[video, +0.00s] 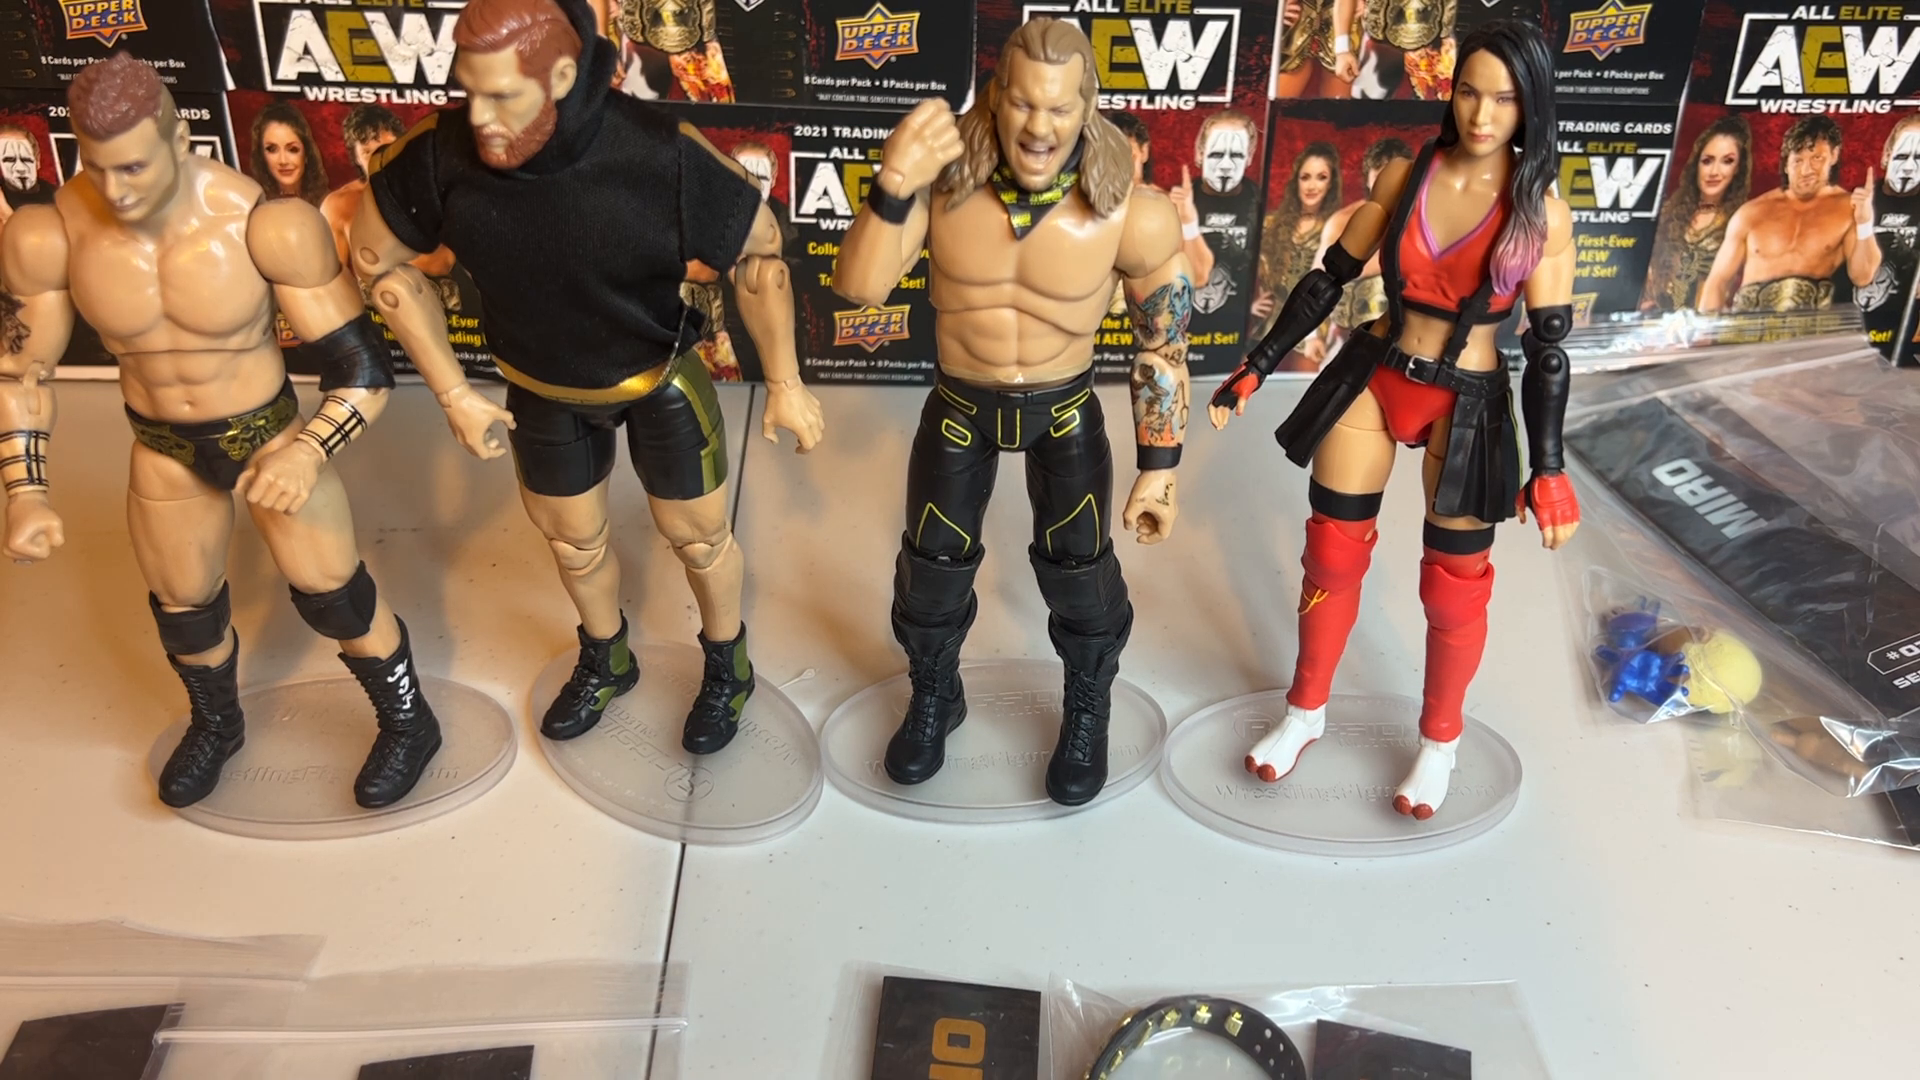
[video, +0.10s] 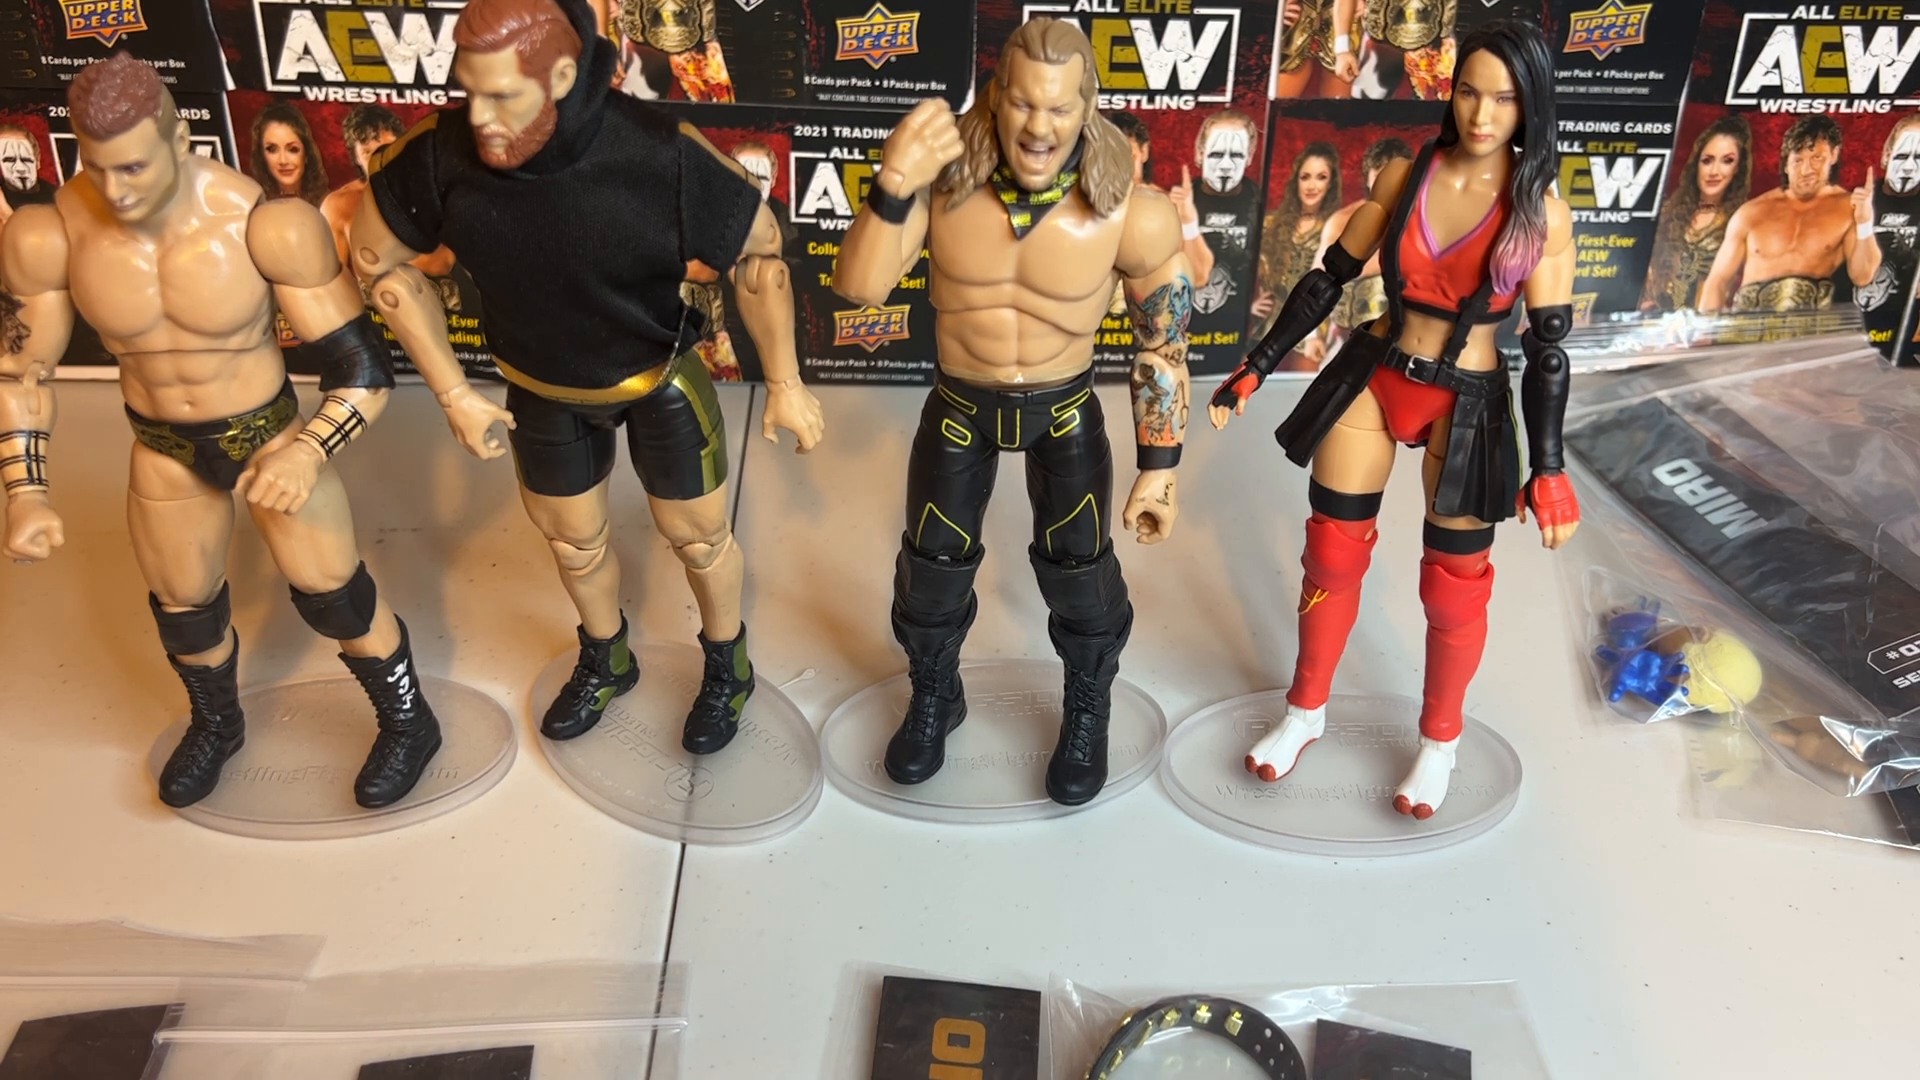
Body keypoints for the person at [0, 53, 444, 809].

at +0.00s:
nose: (118, 188)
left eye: (134, 167)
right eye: (100, 169)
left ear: (178, 138)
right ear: (80, 151)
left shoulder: (268, 225)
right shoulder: (53, 232)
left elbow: (362, 370)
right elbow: (23, 372)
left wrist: (312, 446)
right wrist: (22, 487)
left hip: (269, 440)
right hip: (161, 451)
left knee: (336, 599)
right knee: (186, 617)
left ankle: (408, 722)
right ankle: (216, 723)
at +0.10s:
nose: (118, 188)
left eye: (134, 167)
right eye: (100, 169)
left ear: (178, 138)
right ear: (80, 151)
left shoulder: (268, 225)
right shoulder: (53, 232)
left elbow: (362, 370)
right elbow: (23, 372)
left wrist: (312, 446)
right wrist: (22, 487)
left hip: (269, 440)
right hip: (161, 451)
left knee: (336, 599)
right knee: (186, 616)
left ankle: (408, 722)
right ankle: (216, 723)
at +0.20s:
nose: (118, 188)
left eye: (134, 167)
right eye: (100, 169)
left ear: (178, 138)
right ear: (80, 151)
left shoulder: (268, 225)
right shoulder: (53, 233)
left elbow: (362, 369)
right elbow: (23, 371)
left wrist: (312, 446)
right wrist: (22, 487)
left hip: (269, 441)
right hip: (161, 451)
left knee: (336, 599)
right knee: (186, 617)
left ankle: (408, 722)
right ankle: (216, 722)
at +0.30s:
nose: (118, 188)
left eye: (135, 167)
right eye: (100, 169)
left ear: (178, 138)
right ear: (80, 151)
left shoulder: (268, 225)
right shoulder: (53, 233)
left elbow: (362, 370)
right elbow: (23, 372)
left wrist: (312, 446)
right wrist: (22, 487)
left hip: (269, 440)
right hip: (161, 451)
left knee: (335, 598)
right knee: (186, 616)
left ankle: (408, 721)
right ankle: (216, 723)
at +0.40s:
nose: (118, 188)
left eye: (134, 167)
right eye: (100, 169)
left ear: (178, 138)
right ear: (80, 151)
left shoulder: (268, 225)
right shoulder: (53, 233)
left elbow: (362, 369)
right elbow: (23, 371)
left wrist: (311, 446)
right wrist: (21, 486)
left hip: (269, 441)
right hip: (161, 451)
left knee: (336, 599)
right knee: (186, 616)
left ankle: (408, 721)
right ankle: (216, 722)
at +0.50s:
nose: (118, 188)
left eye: (135, 167)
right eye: (100, 169)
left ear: (178, 138)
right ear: (80, 150)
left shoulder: (268, 225)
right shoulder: (52, 233)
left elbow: (362, 370)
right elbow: (23, 372)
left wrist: (312, 446)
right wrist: (22, 487)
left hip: (269, 440)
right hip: (161, 451)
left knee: (335, 598)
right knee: (186, 616)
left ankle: (408, 721)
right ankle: (216, 723)